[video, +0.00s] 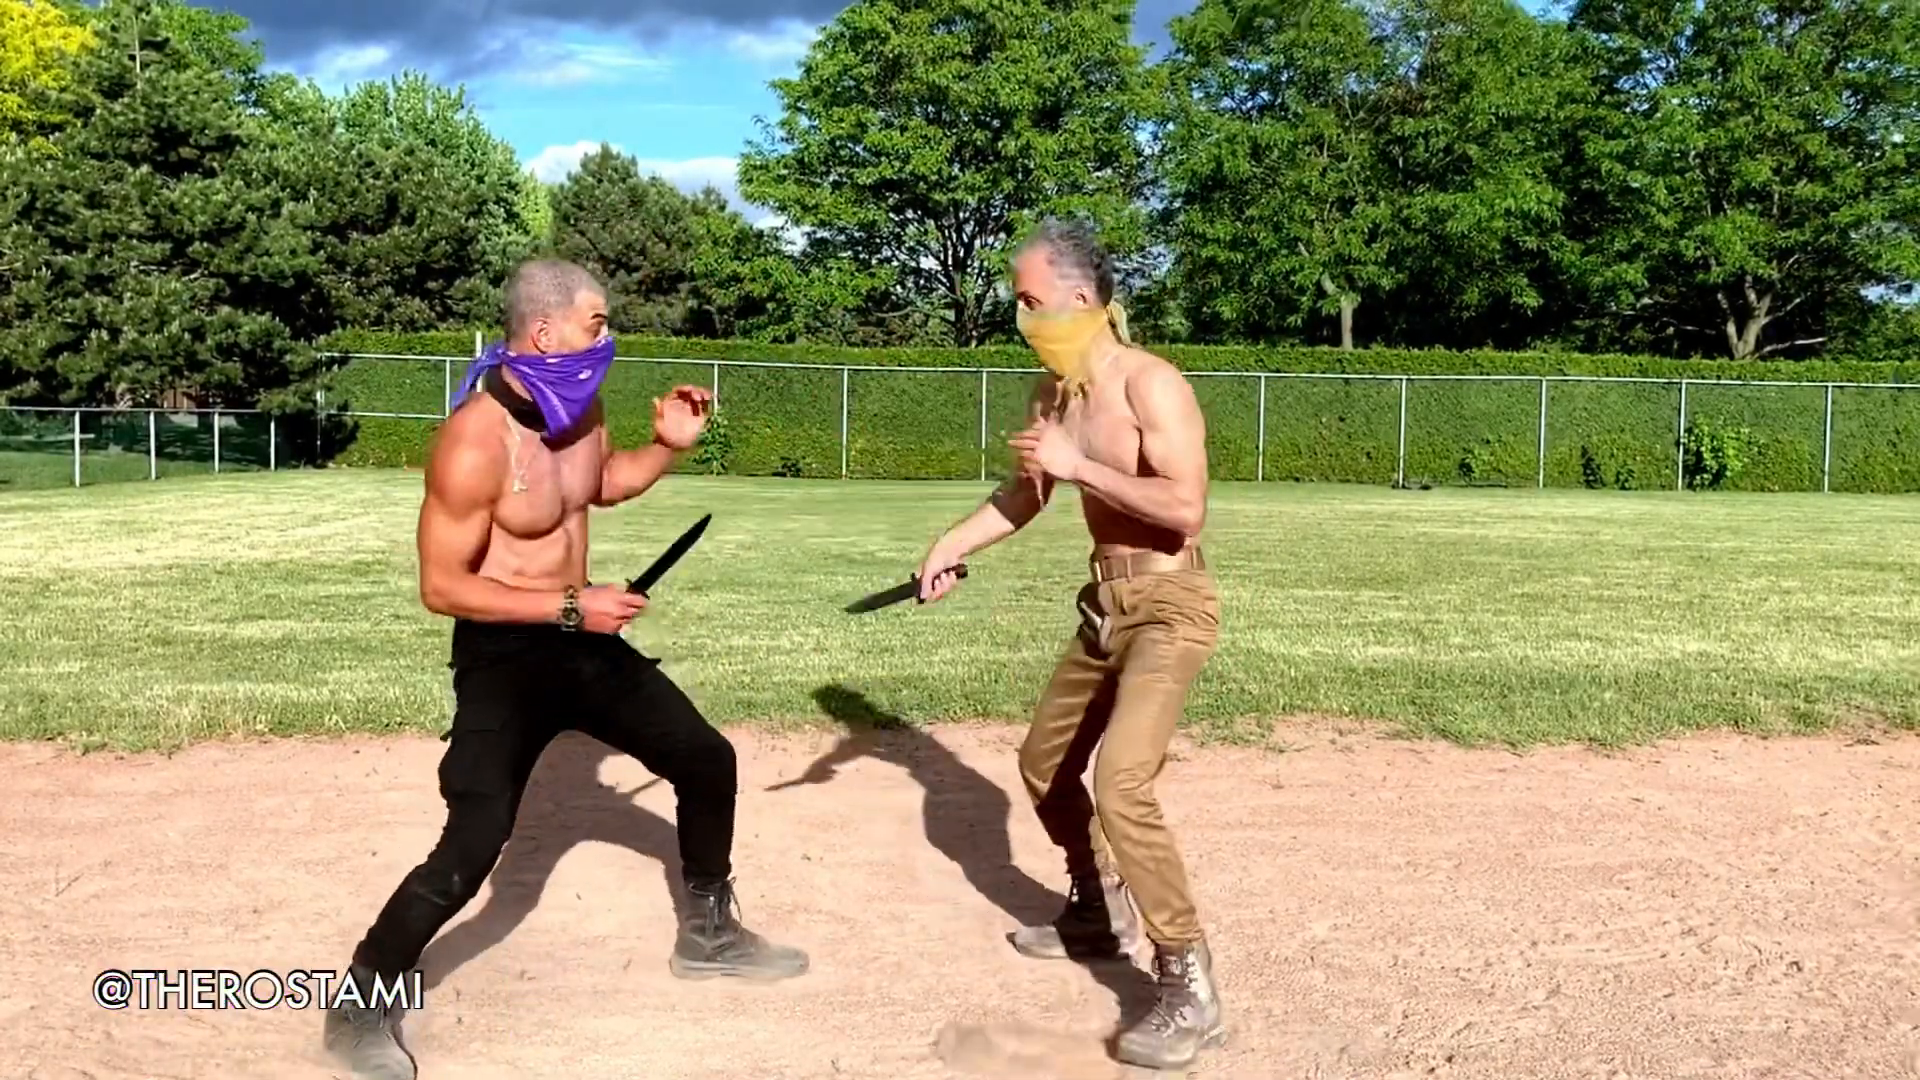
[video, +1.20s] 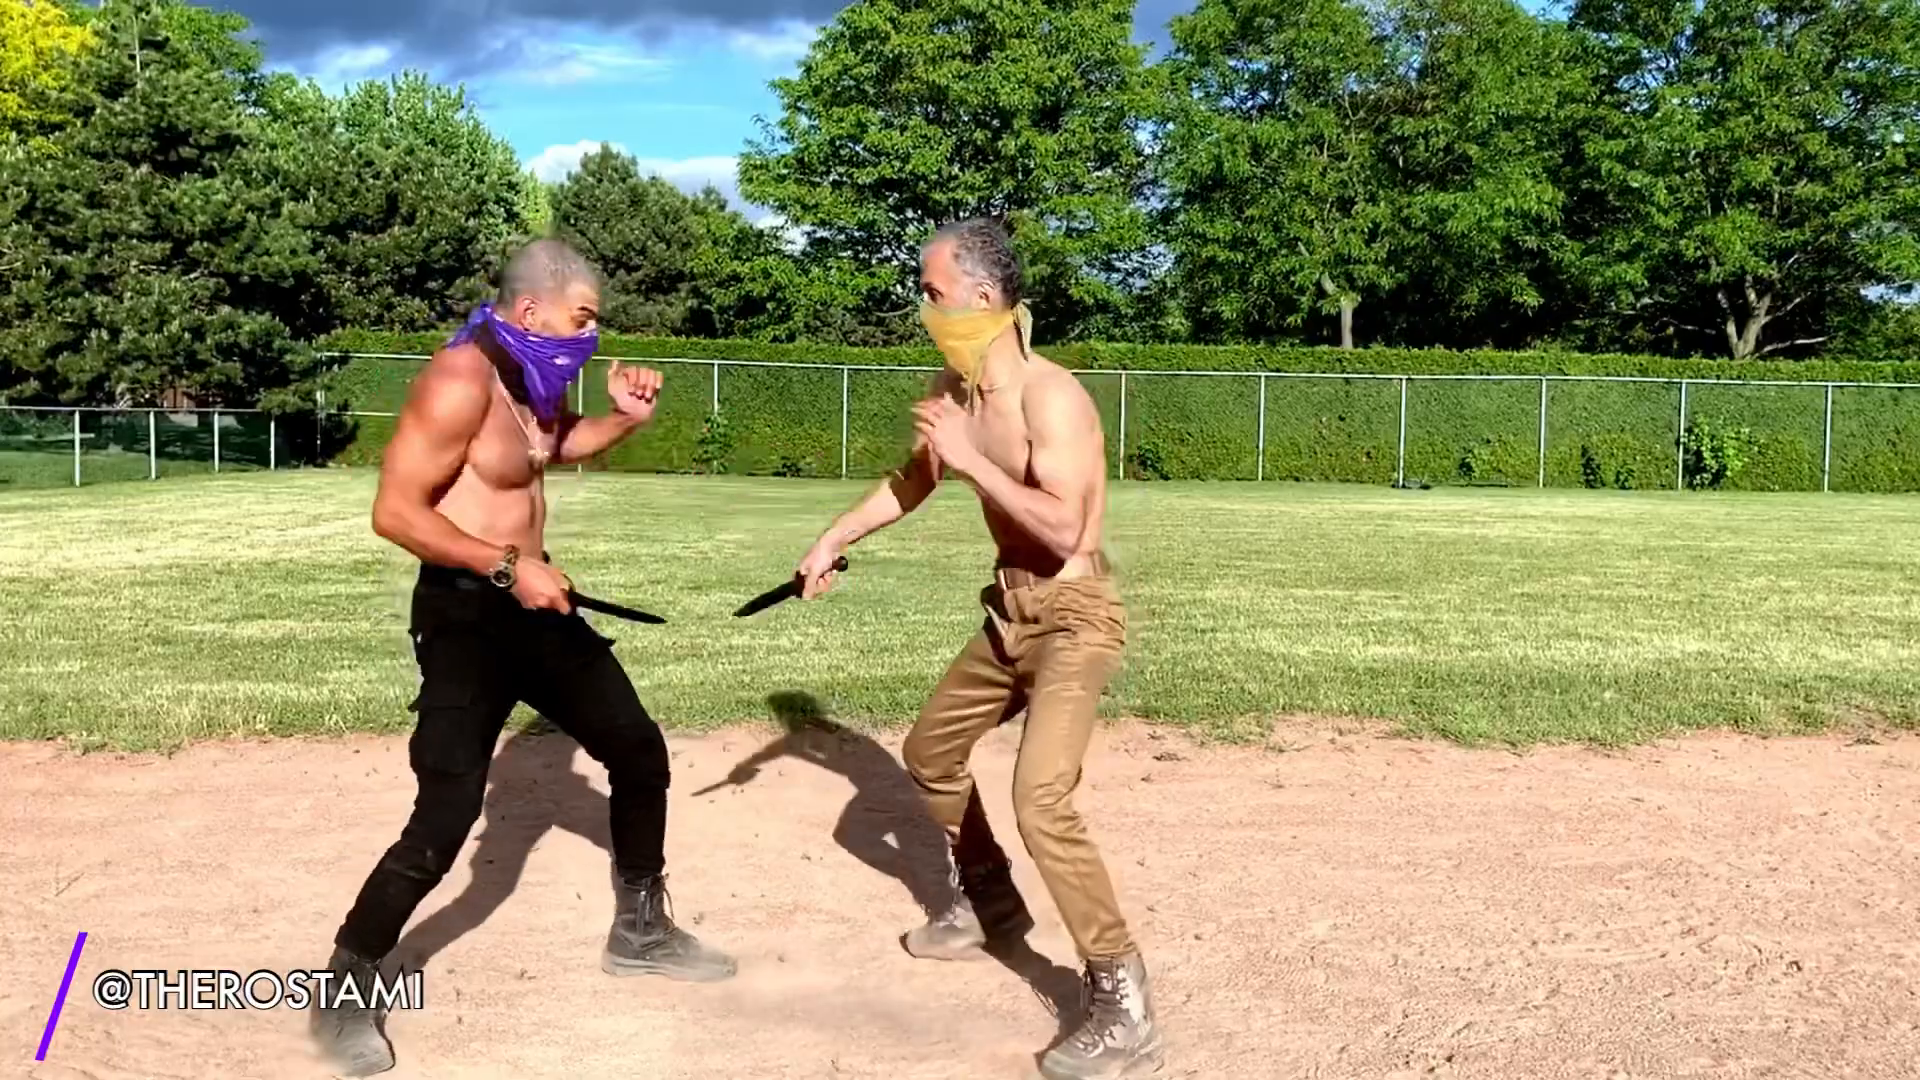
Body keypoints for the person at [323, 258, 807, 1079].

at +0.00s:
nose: (604, 343)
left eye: (604, 329)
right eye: (593, 328)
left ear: (562, 332)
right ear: (542, 333)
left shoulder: (579, 401)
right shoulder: (474, 436)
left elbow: (603, 486)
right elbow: (441, 585)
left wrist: (665, 447)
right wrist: (572, 604)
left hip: (580, 643)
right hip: (500, 656)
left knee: (707, 761)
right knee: (472, 849)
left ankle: (708, 932)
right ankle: (362, 1000)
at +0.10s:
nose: (643, 320)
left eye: (644, 307)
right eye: (633, 306)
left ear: (597, 311)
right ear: (584, 310)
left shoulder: (601, 389)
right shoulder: (504, 404)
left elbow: (619, 461)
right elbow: (426, 535)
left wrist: (677, 409)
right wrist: (549, 557)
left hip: (598, 632)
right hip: (515, 641)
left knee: (706, 757)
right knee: (472, 840)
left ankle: (708, 931)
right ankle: (363, 999)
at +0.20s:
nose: (656, 318)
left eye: (658, 302)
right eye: (647, 300)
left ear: (626, 296)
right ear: (599, 296)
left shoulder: (616, 366)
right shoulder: (521, 361)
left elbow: (694, 353)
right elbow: (485, 459)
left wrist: (718, 276)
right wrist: (605, 420)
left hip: (598, 609)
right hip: (509, 612)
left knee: (691, 759)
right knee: (455, 806)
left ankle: (710, 928)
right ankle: (366, 990)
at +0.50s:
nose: (586, 327)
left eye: (588, 315)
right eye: (578, 312)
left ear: (537, 302)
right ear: (526, 303)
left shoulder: (552, 361)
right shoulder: (453, 388)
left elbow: (602, 392)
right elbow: (497, 534)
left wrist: (678, 398)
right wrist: (601, 470)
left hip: (586, 603)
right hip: (503, 620)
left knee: (679, 757)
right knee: (461, 820)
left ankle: (687, 924)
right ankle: (366, 986)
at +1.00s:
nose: (586, 321)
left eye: (589, 306)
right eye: (575, 304)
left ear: (559, 300)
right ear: (519, 293)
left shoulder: (568, 351)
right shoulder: (432, 355)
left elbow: (664, 393)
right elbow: (385, 488)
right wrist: (509, 482)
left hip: (521, 604)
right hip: (426, 606)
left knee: (609, 755)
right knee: (414, 804)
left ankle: (635, 925)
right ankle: (353, 986)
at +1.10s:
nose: (595, 337)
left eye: (601, 323)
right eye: (585, 320)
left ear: (587, 319)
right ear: (529, 315)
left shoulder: (581, 380)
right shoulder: (444, 371)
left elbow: (638, 441)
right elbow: (352, 474)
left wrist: (712, 468)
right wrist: (463, 504)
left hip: (529, 613)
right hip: (437, 611)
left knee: (631, 758)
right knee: (407, 806)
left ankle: (639, 928)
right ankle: (338, 986)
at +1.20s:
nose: (586, 338)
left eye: (591, 323)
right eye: (578, 320)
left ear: (538, 311)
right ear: (525, 308)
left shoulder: (529, 373)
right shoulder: (459, 379)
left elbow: (553, 447)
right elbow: (394, 513)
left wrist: (624, 418)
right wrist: (508, 565)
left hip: (534, 604)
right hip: (463, 612)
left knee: (639, 751)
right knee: (443, 820)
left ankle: (643, 927)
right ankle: (343, 989)